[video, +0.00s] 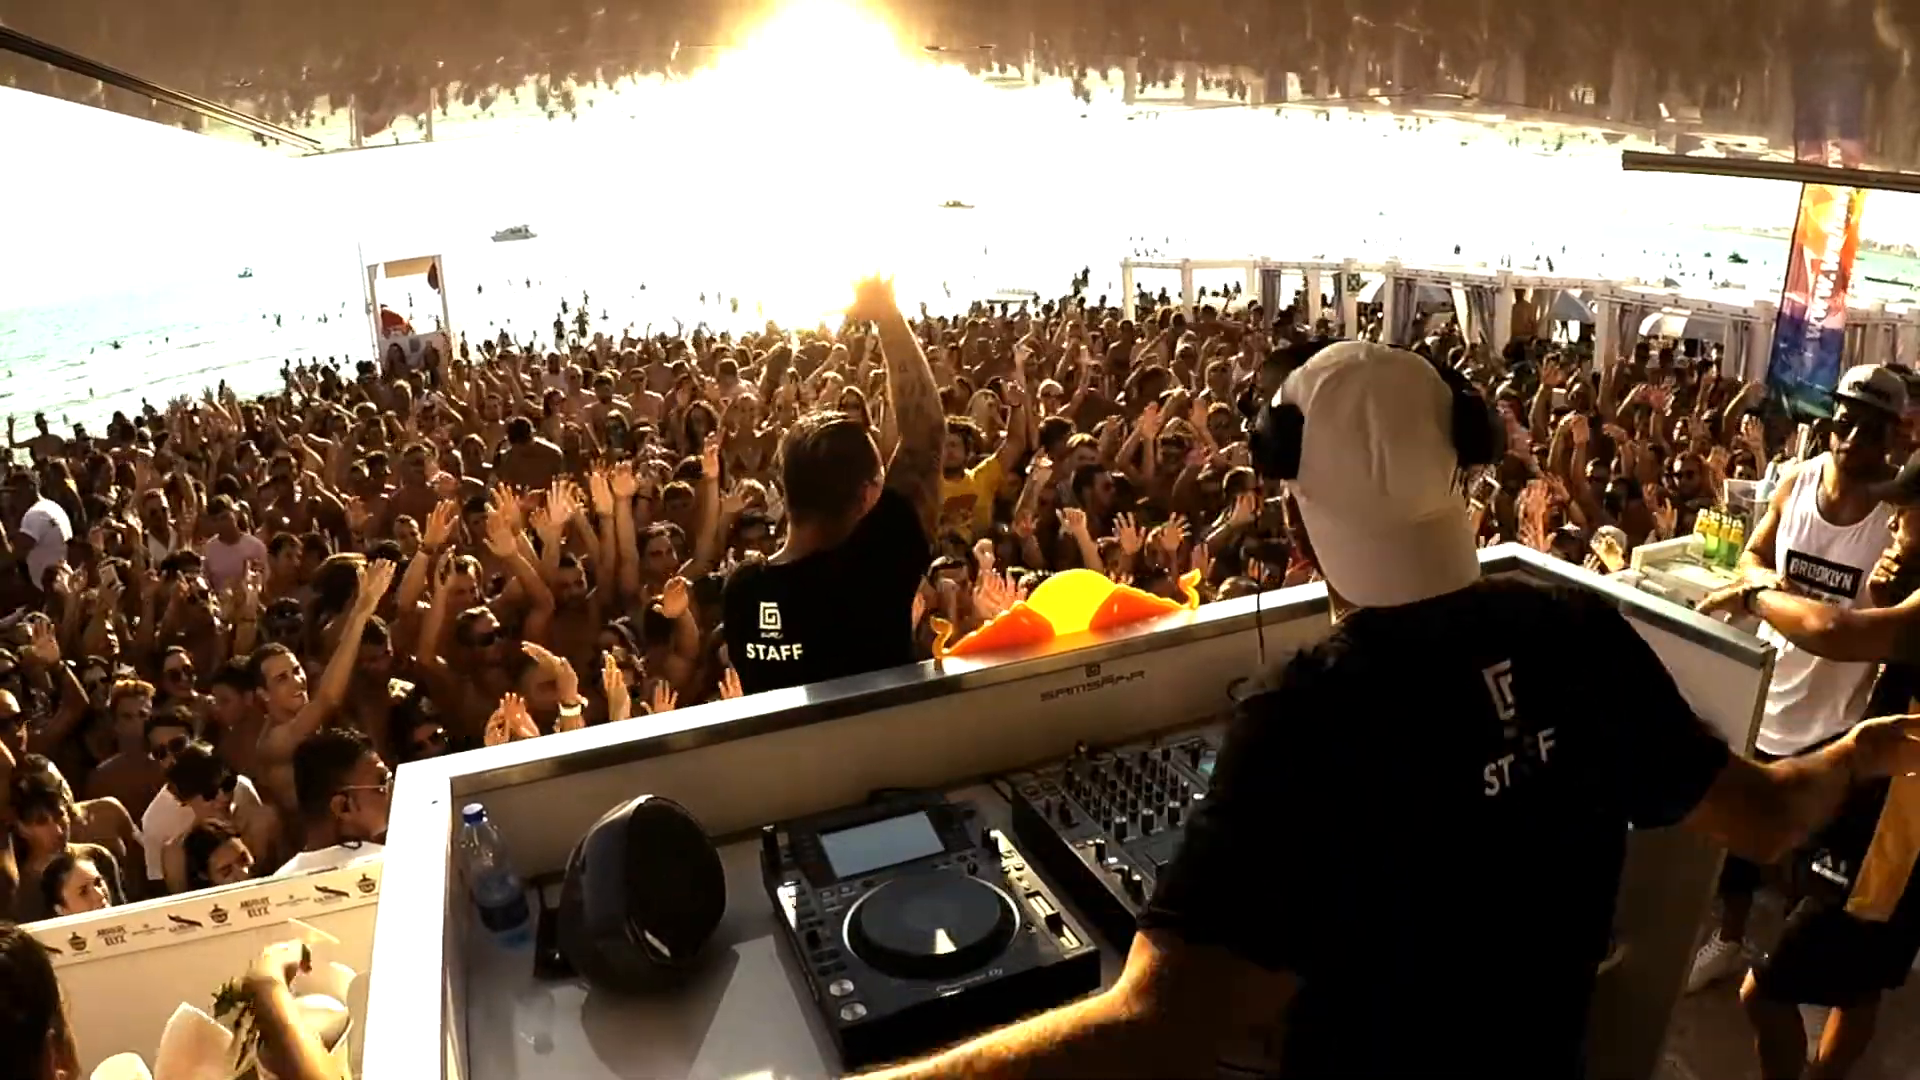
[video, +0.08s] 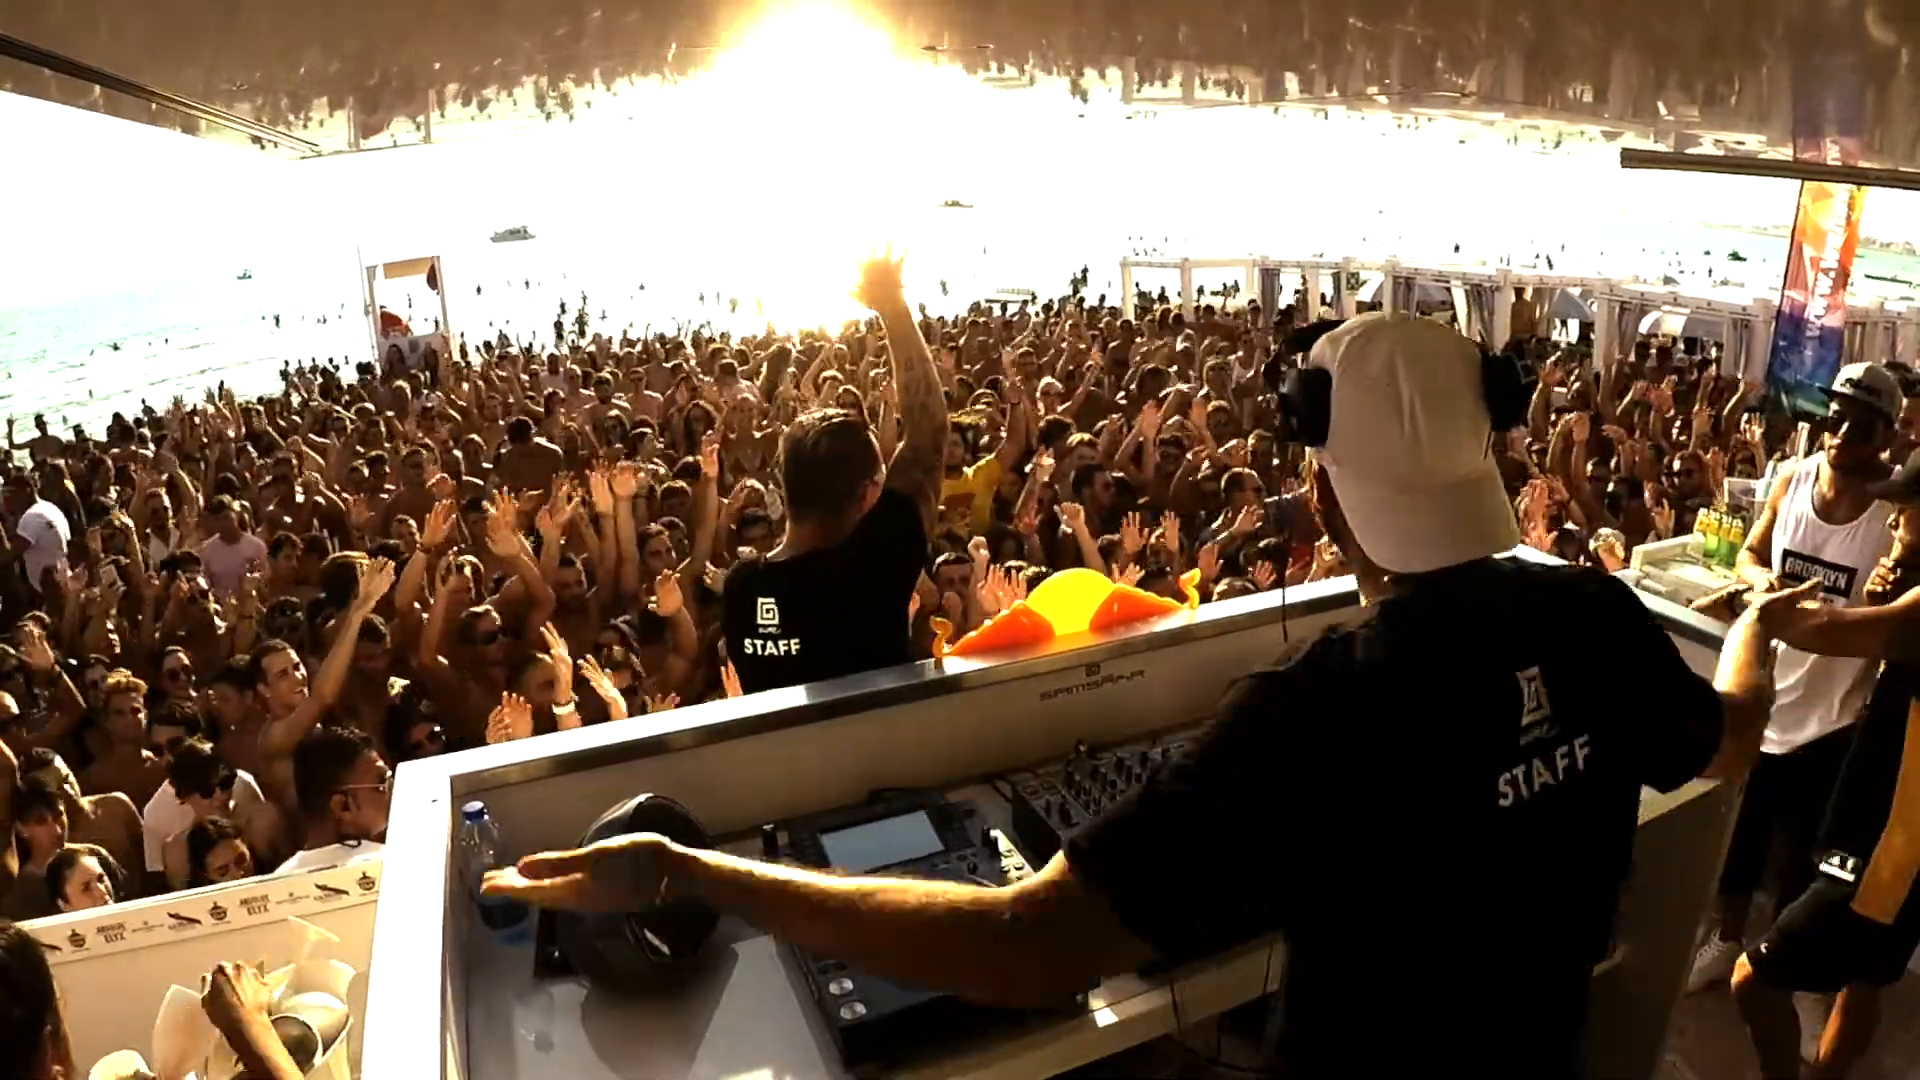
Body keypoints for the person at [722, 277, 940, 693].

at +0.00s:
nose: (883, 488)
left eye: (880, 477)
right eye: (880, 478)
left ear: (786, 489)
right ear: (868, 494)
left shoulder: (740, 592)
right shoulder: (878, 568)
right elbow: (924, 434)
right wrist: (886, 312)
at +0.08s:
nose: (884, 490)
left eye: (880, 477)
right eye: (881, 480)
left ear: (786, 487)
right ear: (868, 496)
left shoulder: (739, 588)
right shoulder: (876, 565)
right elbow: (927, 430)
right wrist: (892, 304)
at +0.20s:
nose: (883, 487)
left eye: (878, 475)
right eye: (879, 476)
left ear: (791, 479)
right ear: (869, 491)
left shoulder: (745, 590)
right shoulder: (878, 561)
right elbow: (927, 430)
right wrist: (899, 310)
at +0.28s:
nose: (884, 491)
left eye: (882, 480)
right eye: (881, 480)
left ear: (787, 491)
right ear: (864, 494)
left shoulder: (746, 588)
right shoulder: (877, 565)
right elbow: (935, 430)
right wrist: (896, 309)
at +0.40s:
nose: (884, 486)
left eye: (881, 475)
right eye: (879, 474)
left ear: (787, 484)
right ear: (860, 489)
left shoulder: (745, 584)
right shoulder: (870, 560)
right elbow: (936, 434)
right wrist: (910, 306)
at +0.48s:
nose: (884, 485)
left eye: (880, 473)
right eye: (878, 473)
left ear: (787, 487)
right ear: (857, 491)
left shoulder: (745, 585)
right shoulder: (869, 562)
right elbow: (933, 438)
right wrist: (909, 311)